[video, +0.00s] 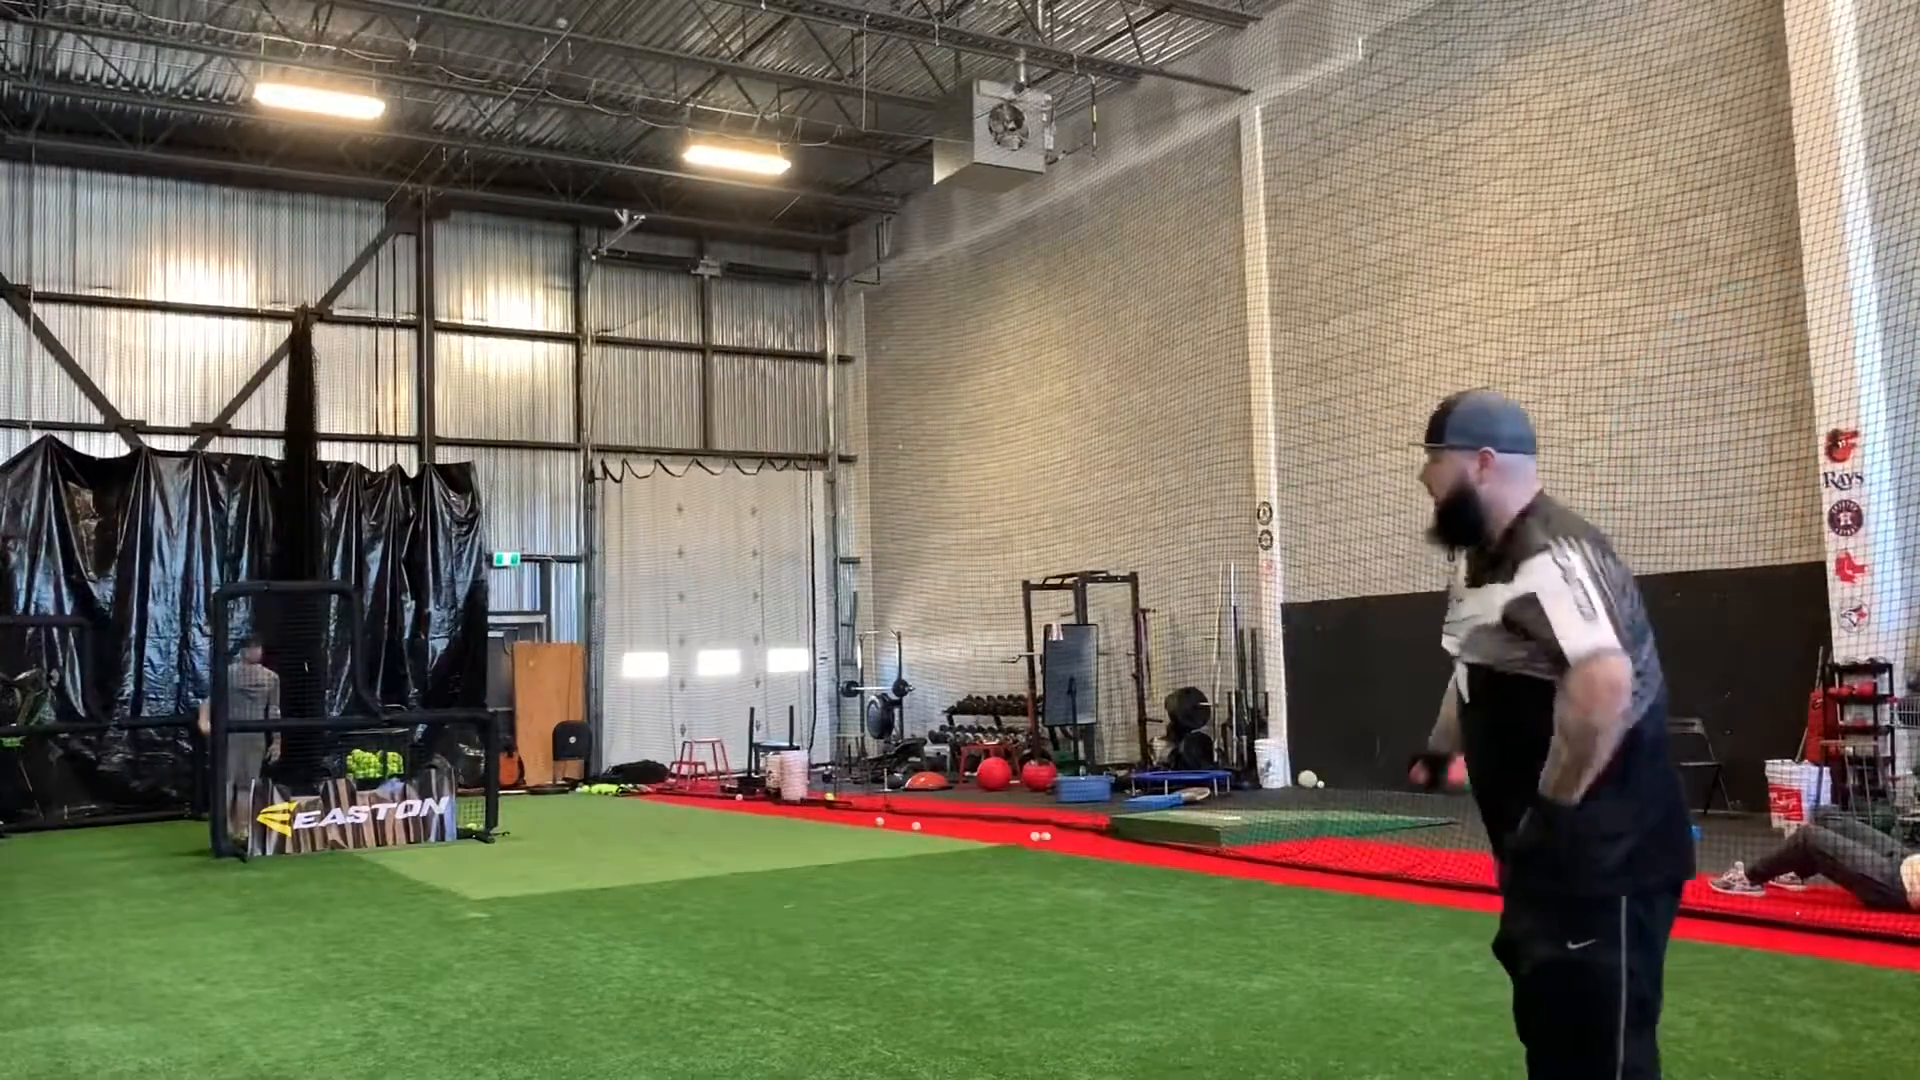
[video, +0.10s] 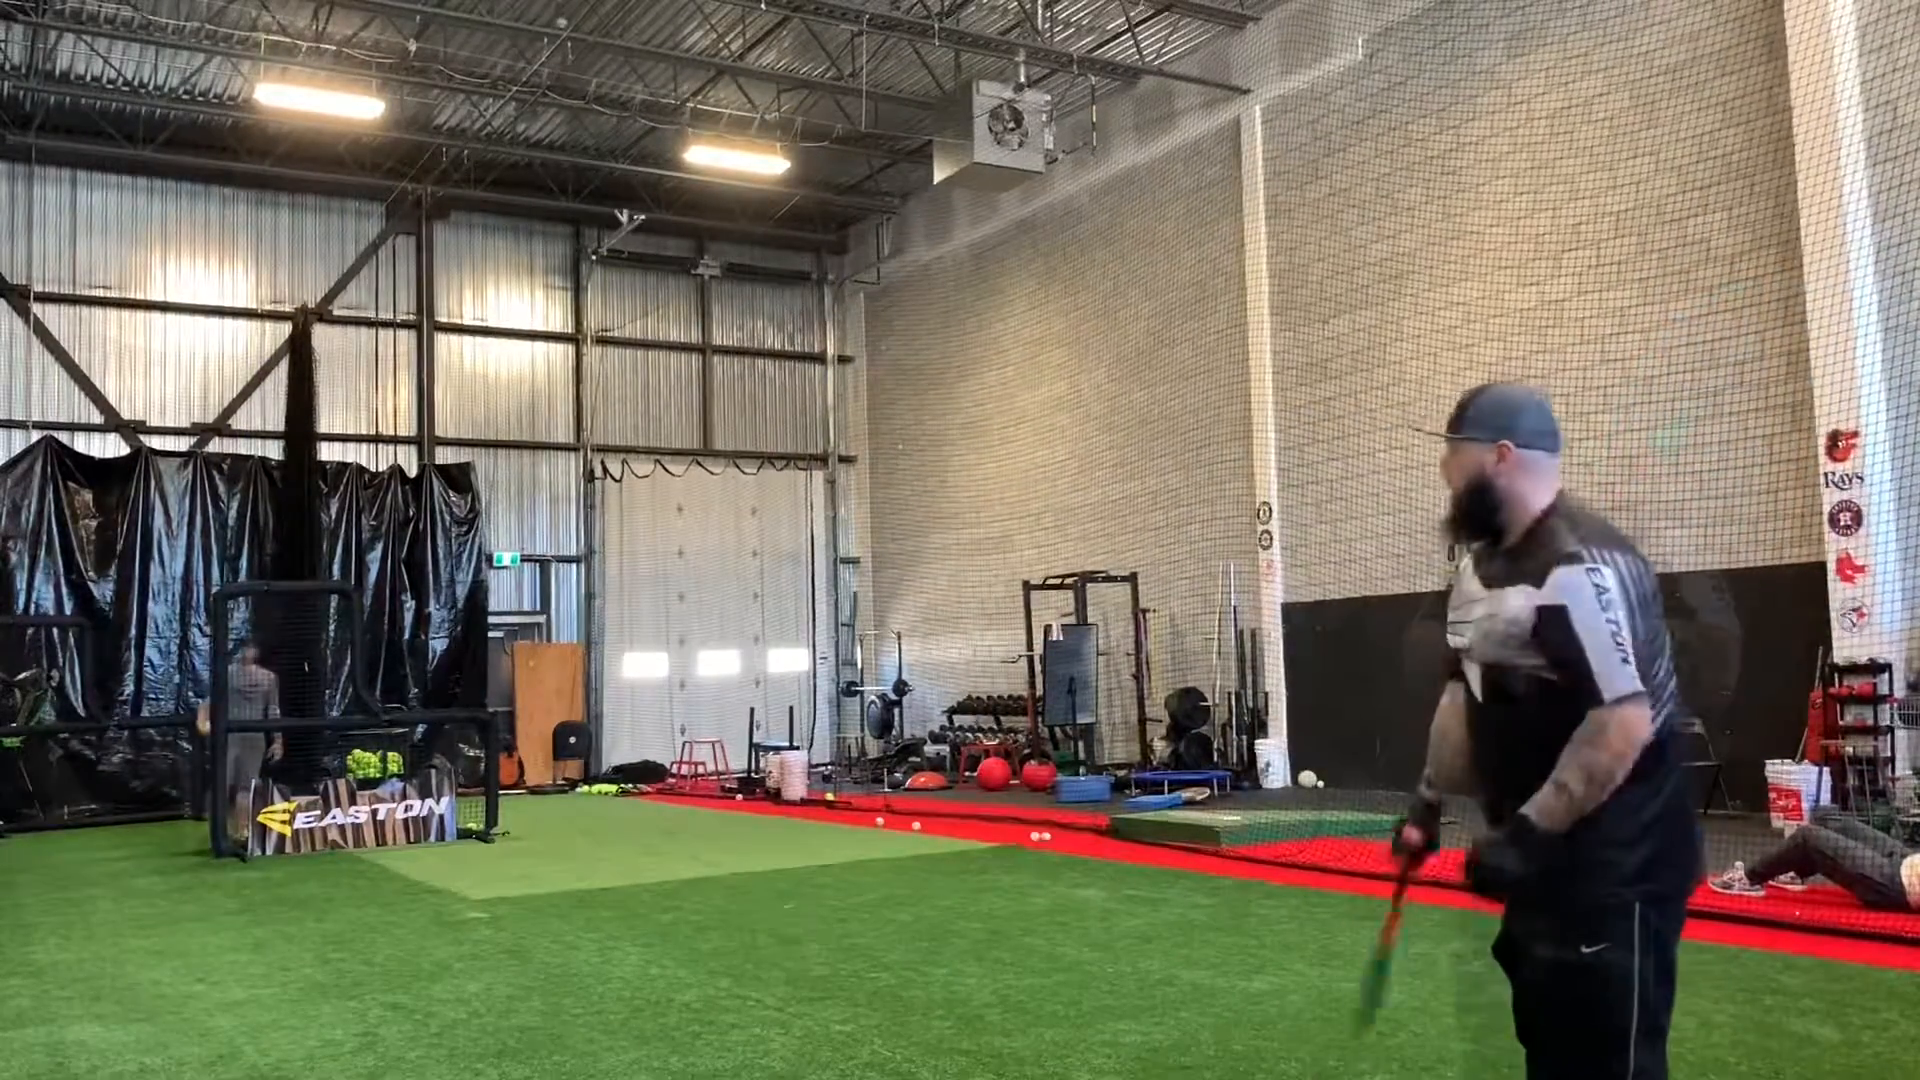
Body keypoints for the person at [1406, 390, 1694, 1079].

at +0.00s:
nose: (1425, 479)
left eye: (1436, 461)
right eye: (1428, 462)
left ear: (1484, 462)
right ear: (1482, 465)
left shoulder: (1550, 550)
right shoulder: (1487, 554)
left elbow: (1604, 682)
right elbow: (1473, 667)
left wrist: (1554, 802)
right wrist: (1440, 748)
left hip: (1603, 865)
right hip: (1555, 858)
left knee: (1601, 1058)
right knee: (1560, 1050)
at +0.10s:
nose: (1444, 472)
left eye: (1455, 452)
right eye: (1446, 454)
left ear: (1503, 456)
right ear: (1501, 457)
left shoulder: (1583, 562)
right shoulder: (1486, 559)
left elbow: (1625, 720)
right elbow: (1462, 689)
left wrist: (1526, 832)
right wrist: (1428, 804)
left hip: (1615, 868)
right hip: (1549, 861)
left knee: (1609, 1059)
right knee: (1554, 1054)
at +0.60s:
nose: (1454, 456)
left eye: (1464, 439)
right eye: (1456, 441)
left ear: (1517, 442)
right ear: (1515, 445)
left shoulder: (1639, 538)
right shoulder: (1464, 544)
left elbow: (1684, 681)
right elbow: (1407, 659)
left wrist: (1577, 588)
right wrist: (1477, 613)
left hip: (1603, 880)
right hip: (1489, 873)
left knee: (1606, 1061)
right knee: (1490, 1061)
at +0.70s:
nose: (1447, 459)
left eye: (1457, 441)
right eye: (1448, 444)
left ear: (1510, 443)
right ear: (1508, 446)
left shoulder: (1633, 539)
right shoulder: (1455, 546)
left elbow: (1675, 683)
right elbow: (1401, 656)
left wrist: (1570, 587)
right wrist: (1475, 611)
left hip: (1594, 880)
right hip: (1483, 875)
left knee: (1597, 1061)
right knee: (1489, 1060)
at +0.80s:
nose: (1439, 461)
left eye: (1449, 443)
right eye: (1441, 446)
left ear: (1501, 446)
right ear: (1498, 449)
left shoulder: (1622, 544)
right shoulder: (1443, 551)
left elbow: (1672, 688)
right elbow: (1394, 659)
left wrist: (1570, 602)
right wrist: (1469, 619)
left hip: (1585, 886)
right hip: (1475, 880)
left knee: (1589, 1062)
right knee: (1487, 1061)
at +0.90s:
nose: (1426, 471)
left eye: (1436, 452)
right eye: (1428, 455)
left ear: (1489, 454)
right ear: (1487, 457)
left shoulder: (1613, 556)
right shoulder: (1432, 556)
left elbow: (1670, 700)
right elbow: (1387, 665)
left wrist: (1568, 617)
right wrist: (1467, 633)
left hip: (1578, 895)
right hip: (1468, 888)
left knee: (1579, 1063)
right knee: (1480, 1061)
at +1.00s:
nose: (1411, 475)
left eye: (1425, 458)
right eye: (1416, 458)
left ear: (1476, 465)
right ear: (1473, 467)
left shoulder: (1602, 567)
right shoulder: (1415, 566)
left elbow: (1667, 713)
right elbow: (1382, 682)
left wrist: (1575, 642)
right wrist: (1475, 653)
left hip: (1570, 901)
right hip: (1450, 890)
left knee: (1579, 1064)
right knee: (1440, 1050)